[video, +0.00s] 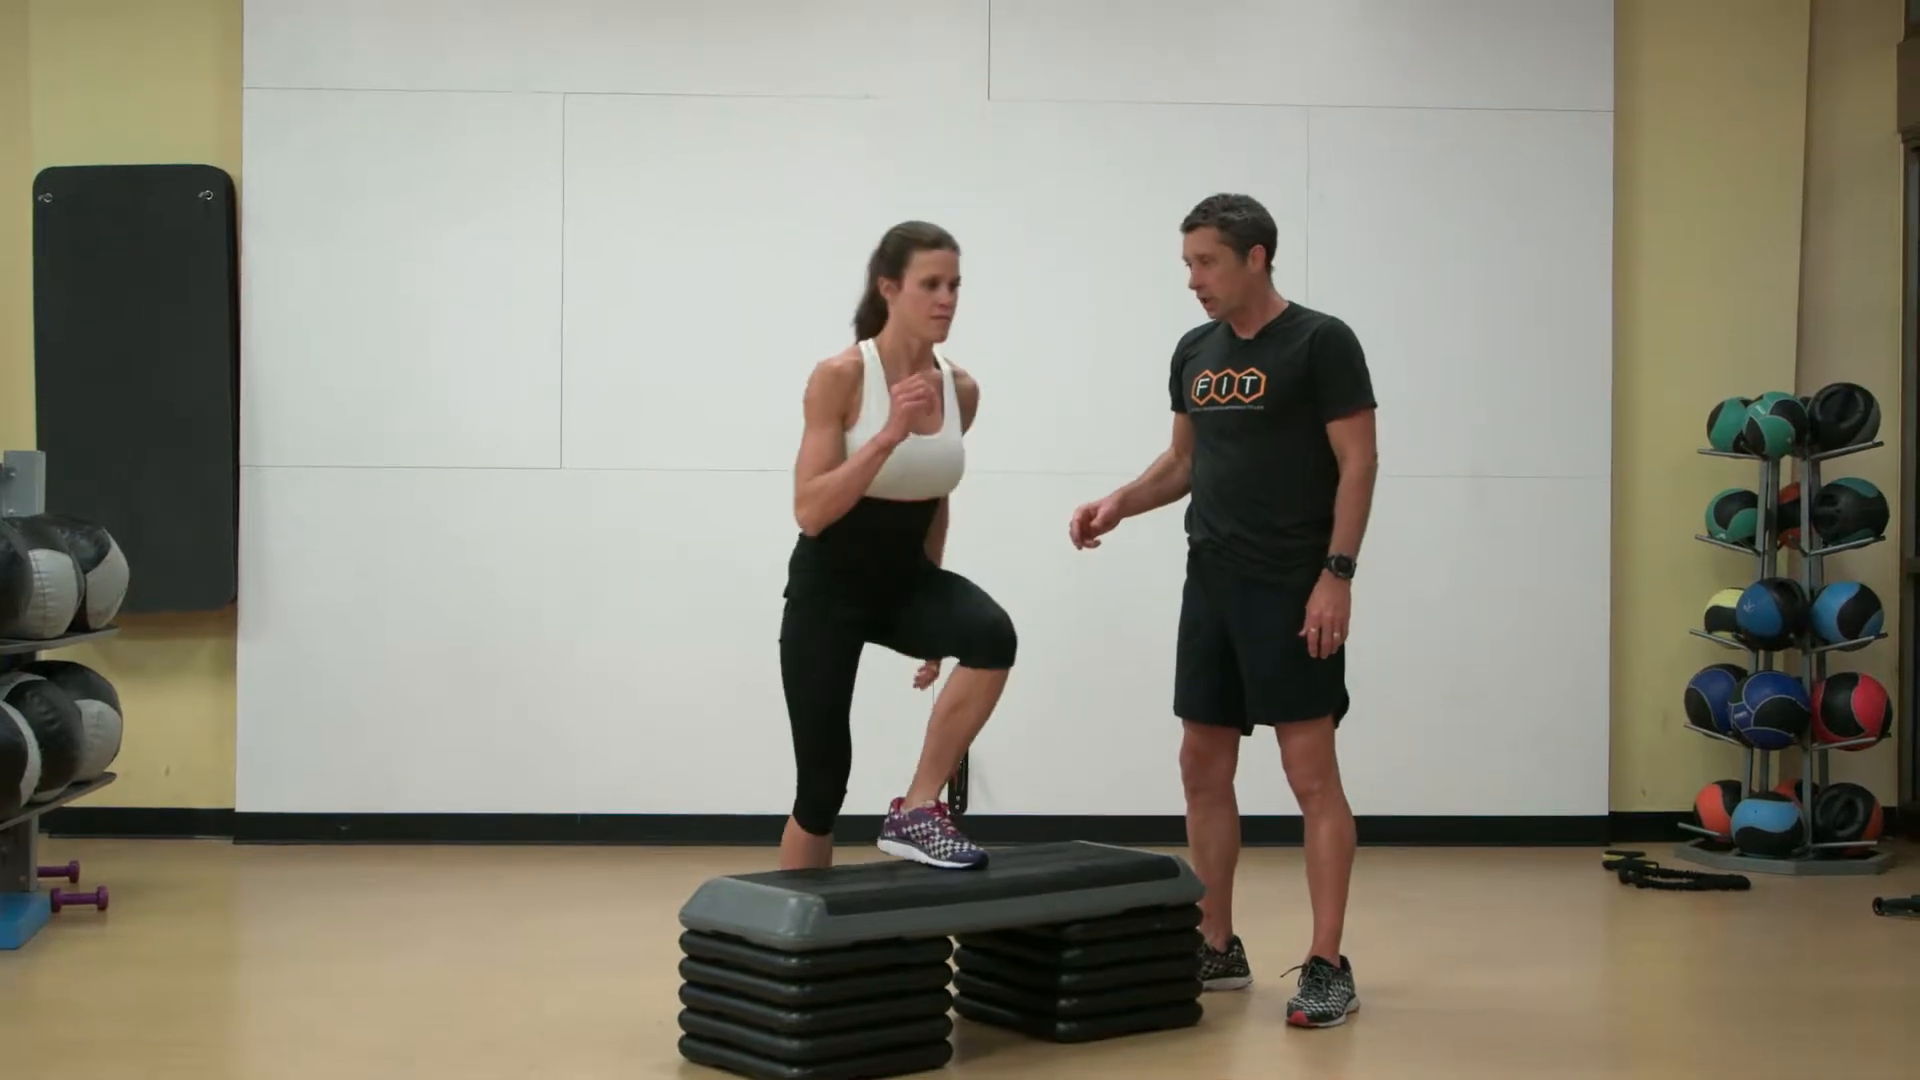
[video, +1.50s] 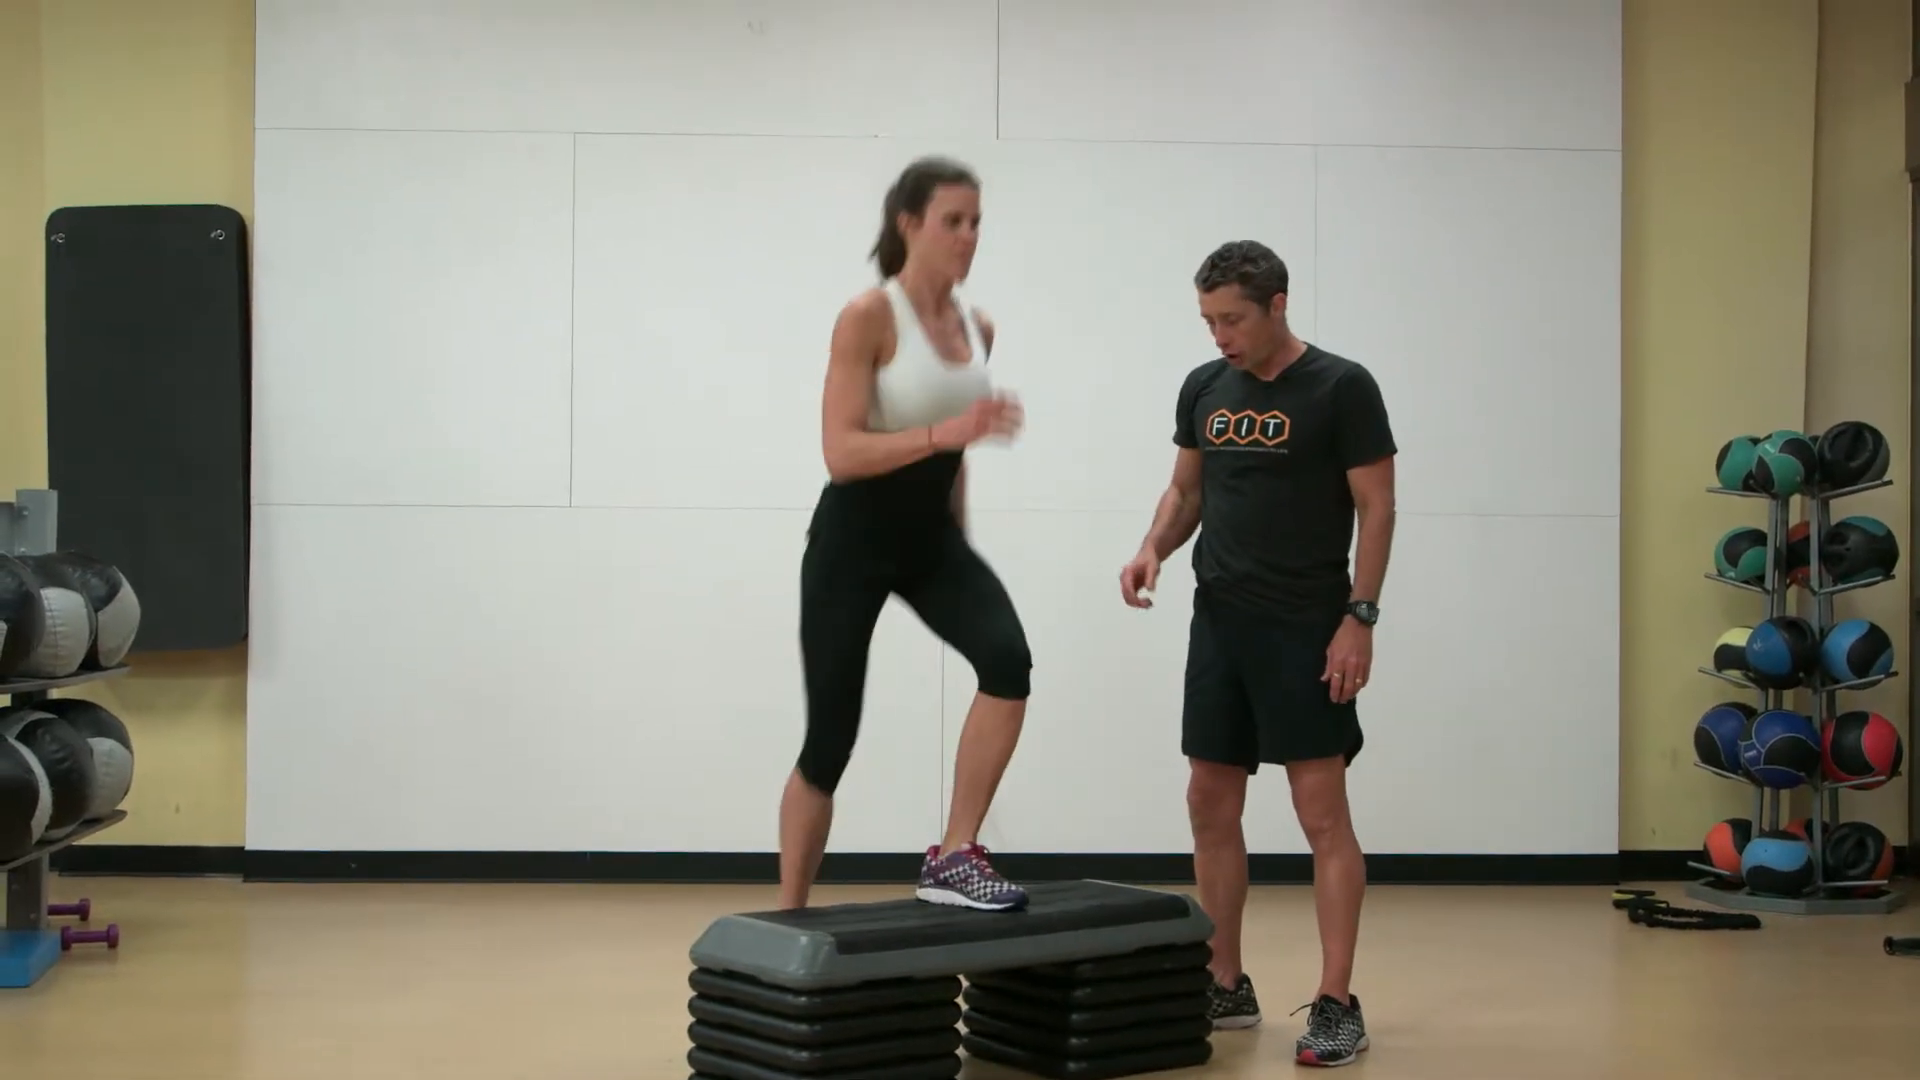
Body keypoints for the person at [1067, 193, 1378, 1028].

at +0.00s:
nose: (1192, 279)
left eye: (1205, 264)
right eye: (1187, 265)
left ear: (1256, 258)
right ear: (1198, 265)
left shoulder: (1323, 343)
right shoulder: (1193, 354)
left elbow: (1358, 463)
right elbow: (1181, 464)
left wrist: (1337, 573)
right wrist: (1119, 502)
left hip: (1294, 588)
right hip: (1211, 586)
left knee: (1312, 775)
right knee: (1202, 766)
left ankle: (1326, 961)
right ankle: (1215, 945)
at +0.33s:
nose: (1199, 276)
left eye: (1213, 263)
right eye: (1196, 262)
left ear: (1265, 268)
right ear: (1206, 270)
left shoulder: (1324, 355)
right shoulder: (1192, 363)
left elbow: (1358, 478)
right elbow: (1180, 472)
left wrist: (1336, 585)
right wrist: (1119, 513)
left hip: (1295, 600)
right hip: (1211, 597)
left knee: (1312, 785)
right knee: (1202, 776)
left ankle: (1326, 973)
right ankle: (1215, 957)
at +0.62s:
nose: (1209, 306)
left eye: (1221, 290)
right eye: (1201, 292)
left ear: (1270, 282)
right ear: (1199, 290)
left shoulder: (1329, 368)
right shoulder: (1194, 372)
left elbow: (1362, 491)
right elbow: (1179, 481)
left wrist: (1342, 596)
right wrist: (1122, 522)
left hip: (1296, 611)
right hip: (1212, 608)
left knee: (1313, 795)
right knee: (1201, 785)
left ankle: (1326, 982)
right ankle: (1216, 966)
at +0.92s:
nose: (1216, 310)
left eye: (1229, 295)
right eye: (1207, 297)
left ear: (1274, 288)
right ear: (1202, 296)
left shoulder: (1333, 377)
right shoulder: (1194, 381)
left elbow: (1367, 500)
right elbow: (1179, 487)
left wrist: (1353, 606)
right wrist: (1129, 530)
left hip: (1300, 618)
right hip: (1213, 616)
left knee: (1315, 804)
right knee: (1204, 795)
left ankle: (1329, 990)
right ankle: (1218, 974)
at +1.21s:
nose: (1222, 314)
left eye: (1235, 299)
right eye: (1213, 300)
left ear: (1281, 293)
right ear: (1209, 300)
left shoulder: (1339, 384)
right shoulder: (1199, 386)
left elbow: (1372, 506)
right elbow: (1181, 490)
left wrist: (1359, 613)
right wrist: (1137, 524)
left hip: (1303, 623)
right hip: (1216, 619)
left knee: (1319, 811)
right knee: (1208, 801)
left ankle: (1331, 996)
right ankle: (1221, 980)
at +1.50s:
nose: (1218, 335)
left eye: (1230, 319)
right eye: (1209, 321)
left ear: (1277, 305)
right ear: (1205, 316)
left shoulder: (1342, 388)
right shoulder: (1204, 389)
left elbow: (1377, 508)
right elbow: (1185, 491)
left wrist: (1359, 616)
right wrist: (1152, 548)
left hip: (1308, 629)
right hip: (1221, 625)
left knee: (1323, 814)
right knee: (1210, 802)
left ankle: (1336, 1000)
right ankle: (1224, 983)